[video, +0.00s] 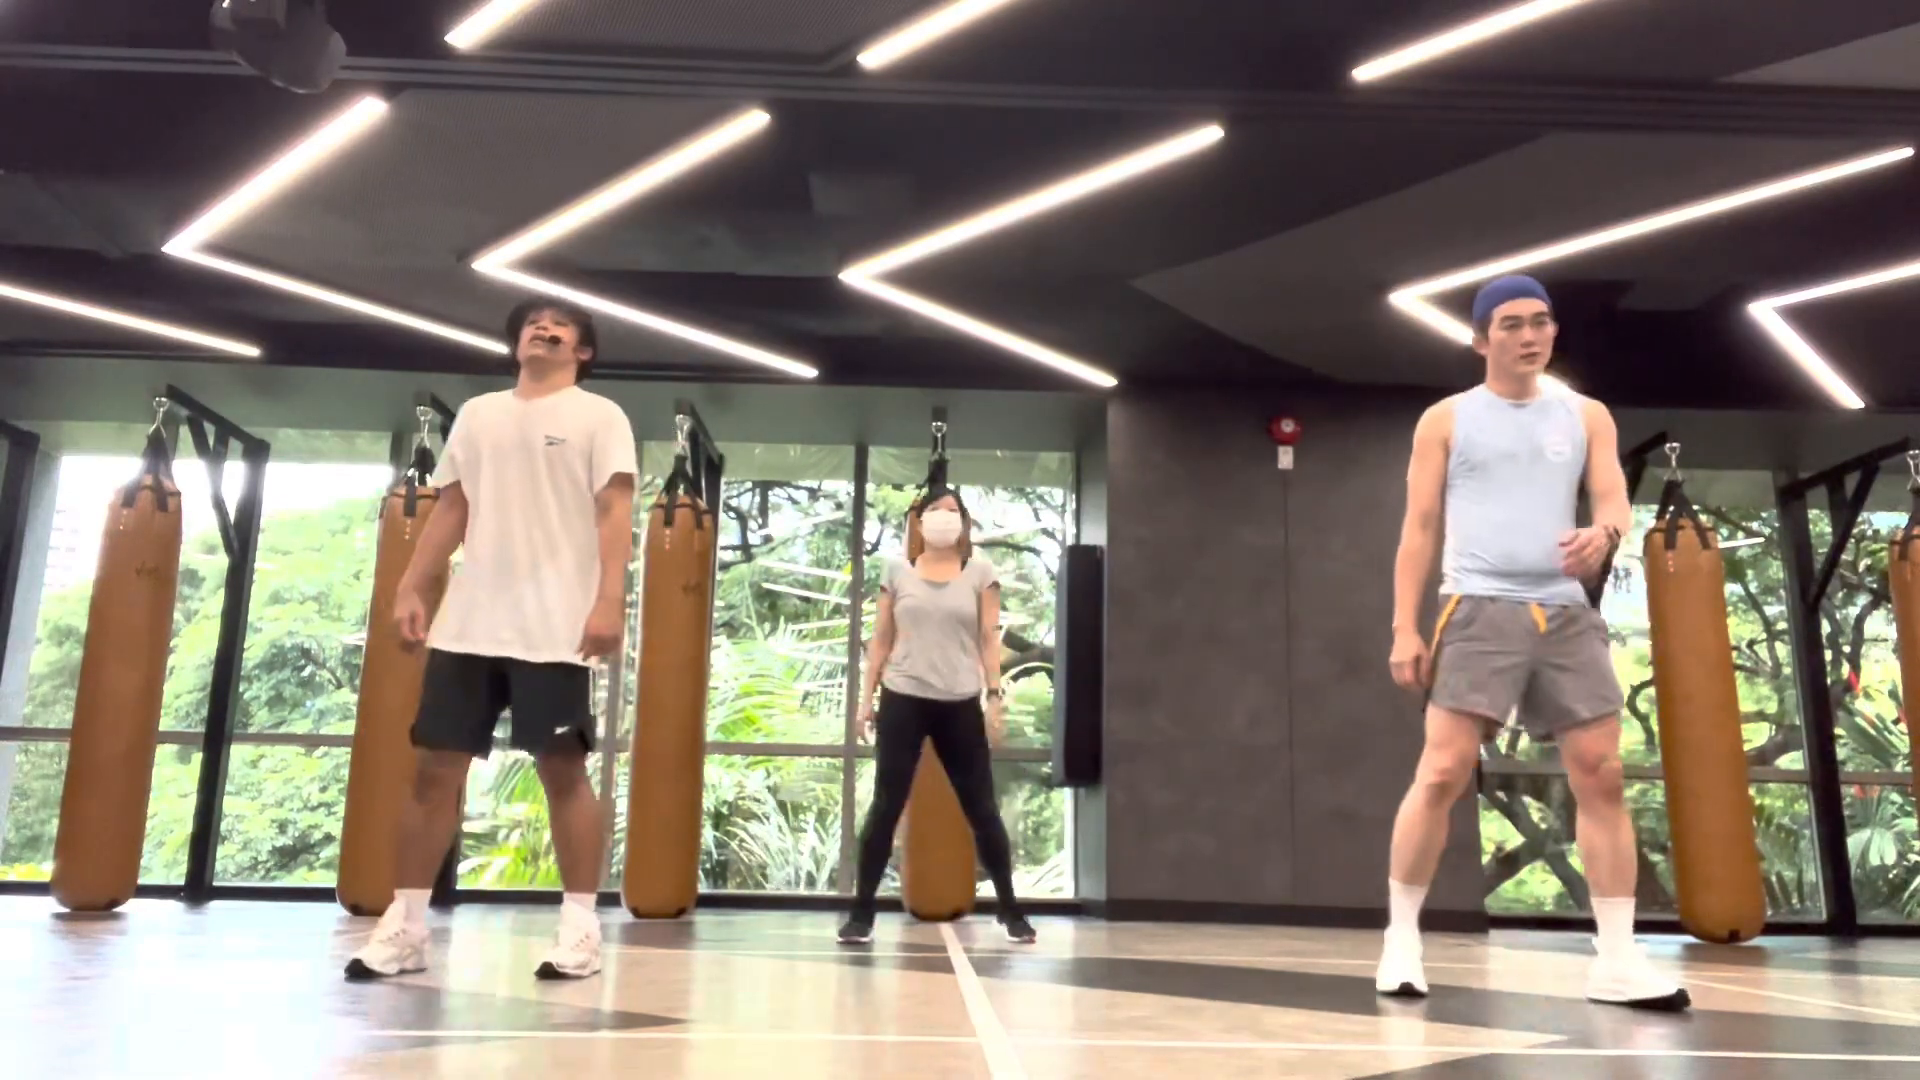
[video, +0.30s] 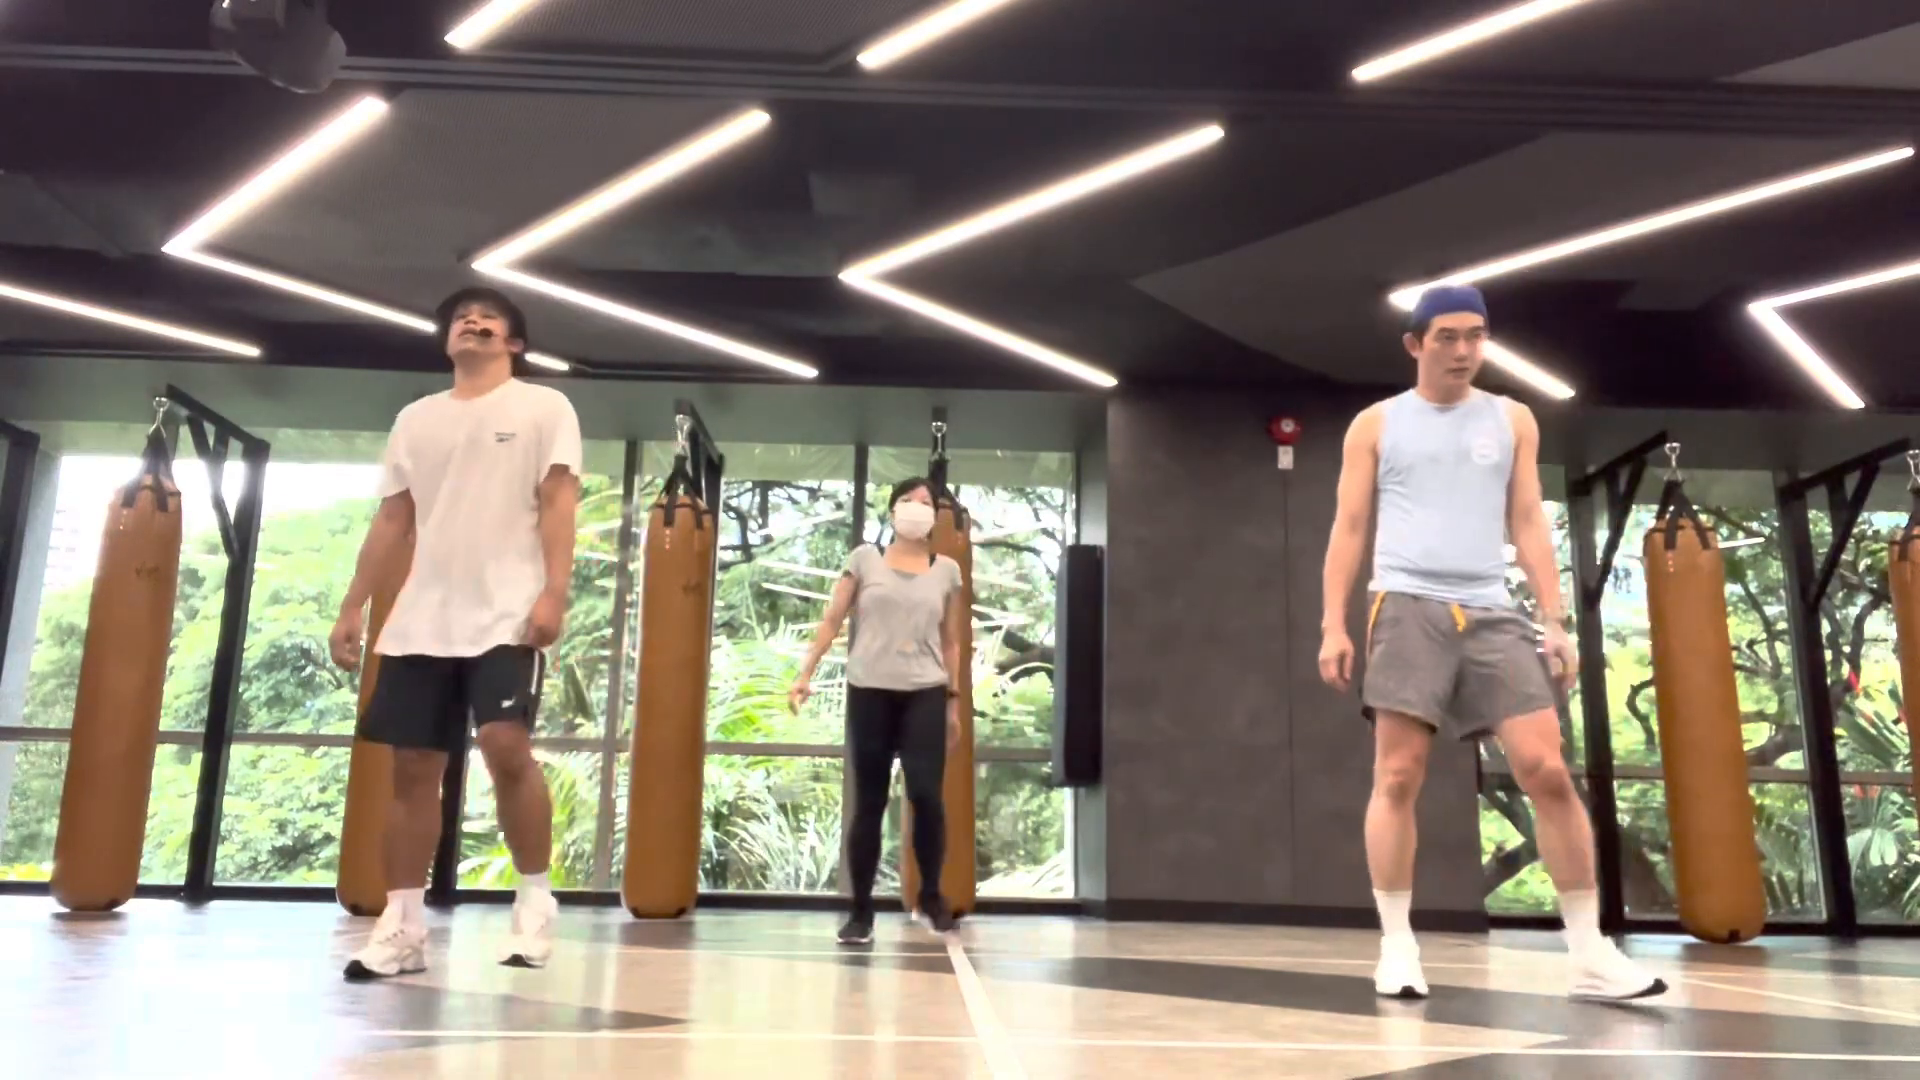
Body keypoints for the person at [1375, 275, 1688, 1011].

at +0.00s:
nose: (1527, 334)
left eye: (1538, 322)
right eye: (1510, 323)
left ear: (1554, 333)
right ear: (1483, 338)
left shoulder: (1589, 417)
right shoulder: (1444, 421)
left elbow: (1614, 502)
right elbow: (1420, 528)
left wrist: (1604, 534)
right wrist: (1405, 626)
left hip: (1569, 619)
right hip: (1477, 618)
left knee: (1602, 775)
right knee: (1441, 775)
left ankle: (1617, 957)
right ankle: (1401, 941)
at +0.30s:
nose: (1462, 349)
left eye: (1473, 336)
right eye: (1447, 337)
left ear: (1486, 344)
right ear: (1415, 345)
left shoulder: (1512, 421)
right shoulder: (1375, 424)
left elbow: (1529, 523)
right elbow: (1349, 527)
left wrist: (1552, 618)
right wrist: (1335, 622)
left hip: (1498, 617)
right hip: (1409, 614)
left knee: (1548, 773)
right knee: (1398, 775)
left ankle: (1589, 954)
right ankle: (1396, 949)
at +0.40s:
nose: (1451, 349)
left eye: (1462, 336)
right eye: (1436, 336)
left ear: (1475, 342)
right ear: (1406, 345)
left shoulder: (1502, 421)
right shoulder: (1365, 425)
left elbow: (1516, 532)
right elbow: (1338, 528)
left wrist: (1535, 630)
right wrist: (1319, 625)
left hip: (1486, 617)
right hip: (1401, 614)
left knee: (1523, 774)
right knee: (1394, 778)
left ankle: (1529, 944)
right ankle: (1397, 946)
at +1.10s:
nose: (1525, 321)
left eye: (1533, 314)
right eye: (1506, 314)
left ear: (1545, 341)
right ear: (1474, 343)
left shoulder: (1575, 427)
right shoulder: (1450, 418)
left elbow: (1584, 534)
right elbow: (1418, 519)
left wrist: (1591, 618)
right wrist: (1429, 608)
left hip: (1572, 622)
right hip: (1491, 620)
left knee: (1594, 783)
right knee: (1455, 775)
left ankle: (1605, 956)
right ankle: (1409, 941)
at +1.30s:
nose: (1547, 323)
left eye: (1554, 318)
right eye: (1528, 319)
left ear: (1567, 346)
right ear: (1498, 350)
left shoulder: (1597, 434)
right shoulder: (1472, 417)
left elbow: (1637, 526)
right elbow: (1444, 520)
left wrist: (1676, 594)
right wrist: (1457, 616)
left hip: (1597, 620)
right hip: (1517, 618)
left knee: (1604, 780)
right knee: (1535, 771)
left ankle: (1605, 954)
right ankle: (1490, 924)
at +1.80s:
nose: (1504, 325)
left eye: (1513, 319)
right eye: (1486, 321)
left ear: (1530, 346)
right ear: (1458, 351)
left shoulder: (1572, 419)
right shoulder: (1430, 428)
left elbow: (1592, 511)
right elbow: (1414, 531)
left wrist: (1603, 527)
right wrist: (1400, 622)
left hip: (1555, 623)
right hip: (1463, 621)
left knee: (1585, 780)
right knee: (1424, 773)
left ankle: (1603, 956)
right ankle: (1379, 938)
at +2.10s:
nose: (1424, 325)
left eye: (1434, 317)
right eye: (1407, 319)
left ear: (1450, 340)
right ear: (1379, 345)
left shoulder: (1490, 412)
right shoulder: (1348, 428)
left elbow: (1510, 514)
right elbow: (1331, 531)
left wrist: (1527, 601)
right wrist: (1316, 626)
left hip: (1473, 618)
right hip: (1384, 617)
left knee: (1528, 773)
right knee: (1372, 777)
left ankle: (1547, 937)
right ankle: (1369, 943)